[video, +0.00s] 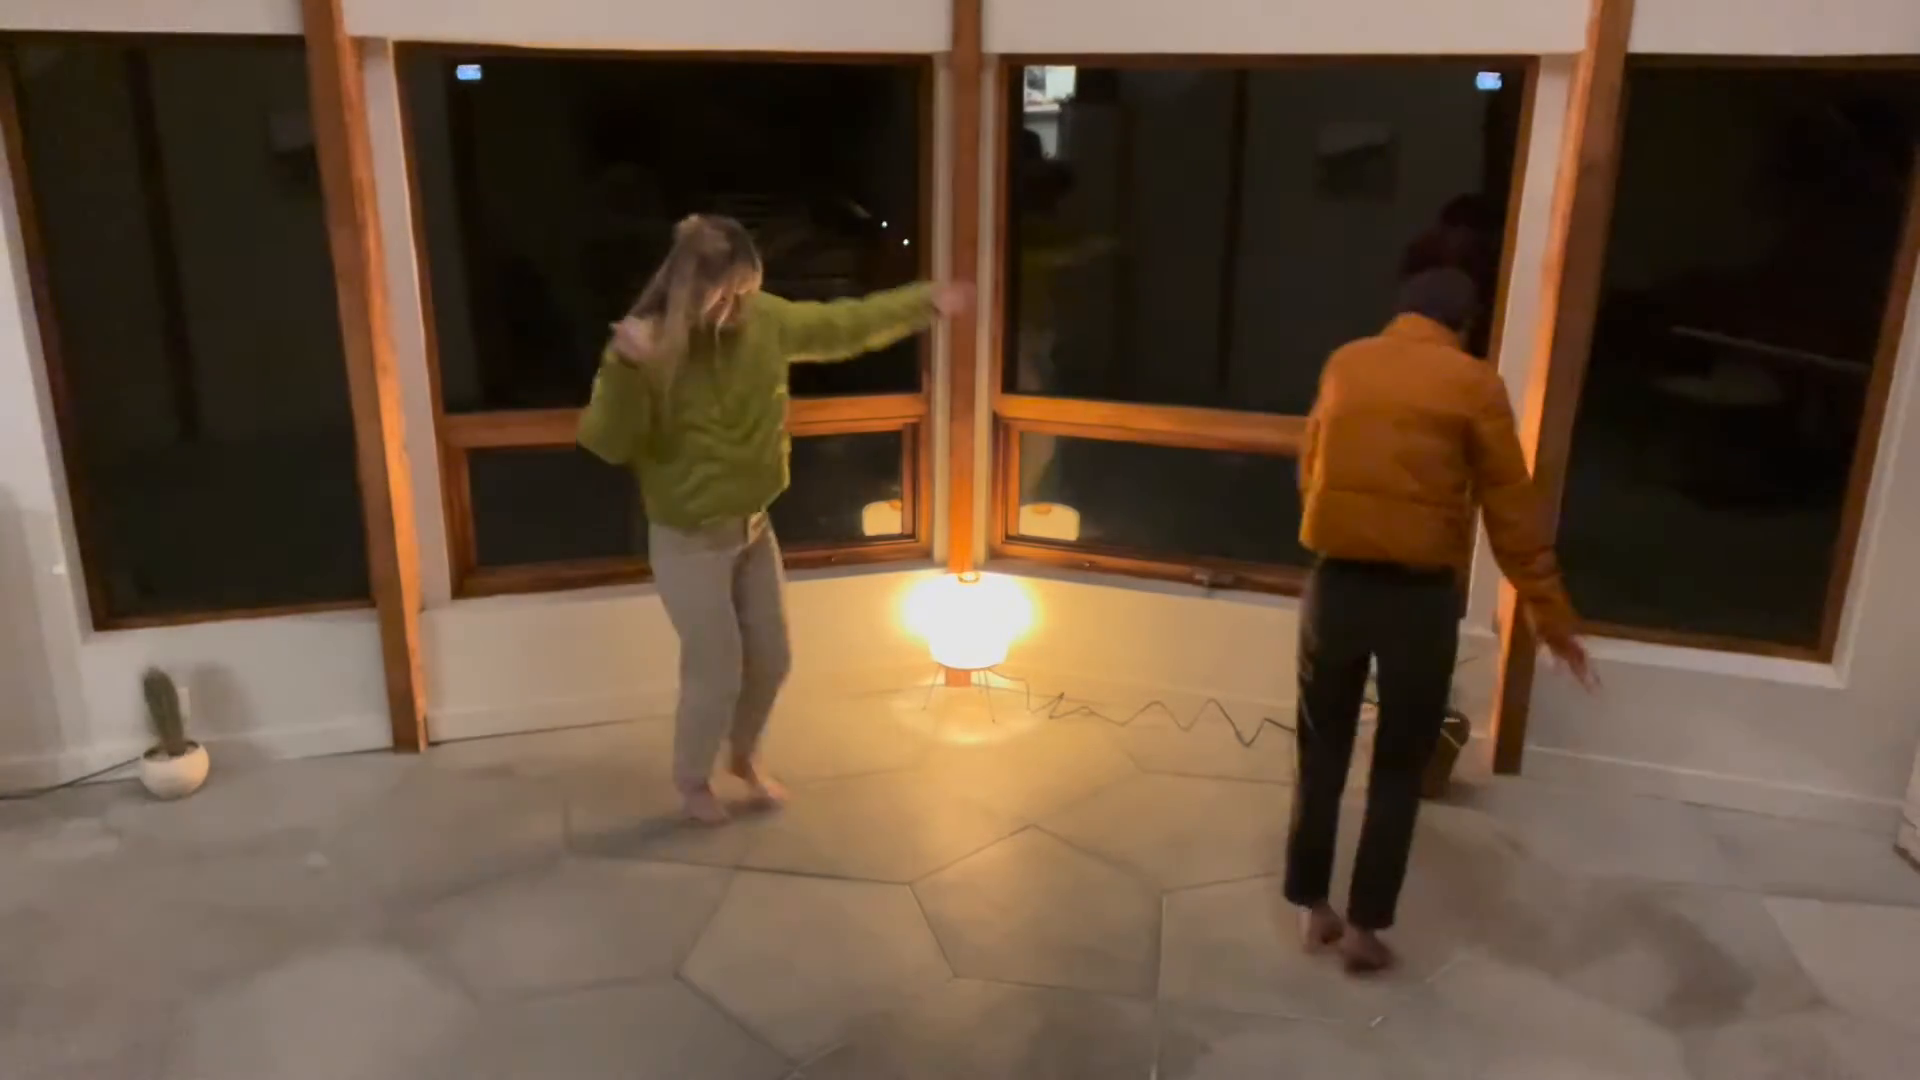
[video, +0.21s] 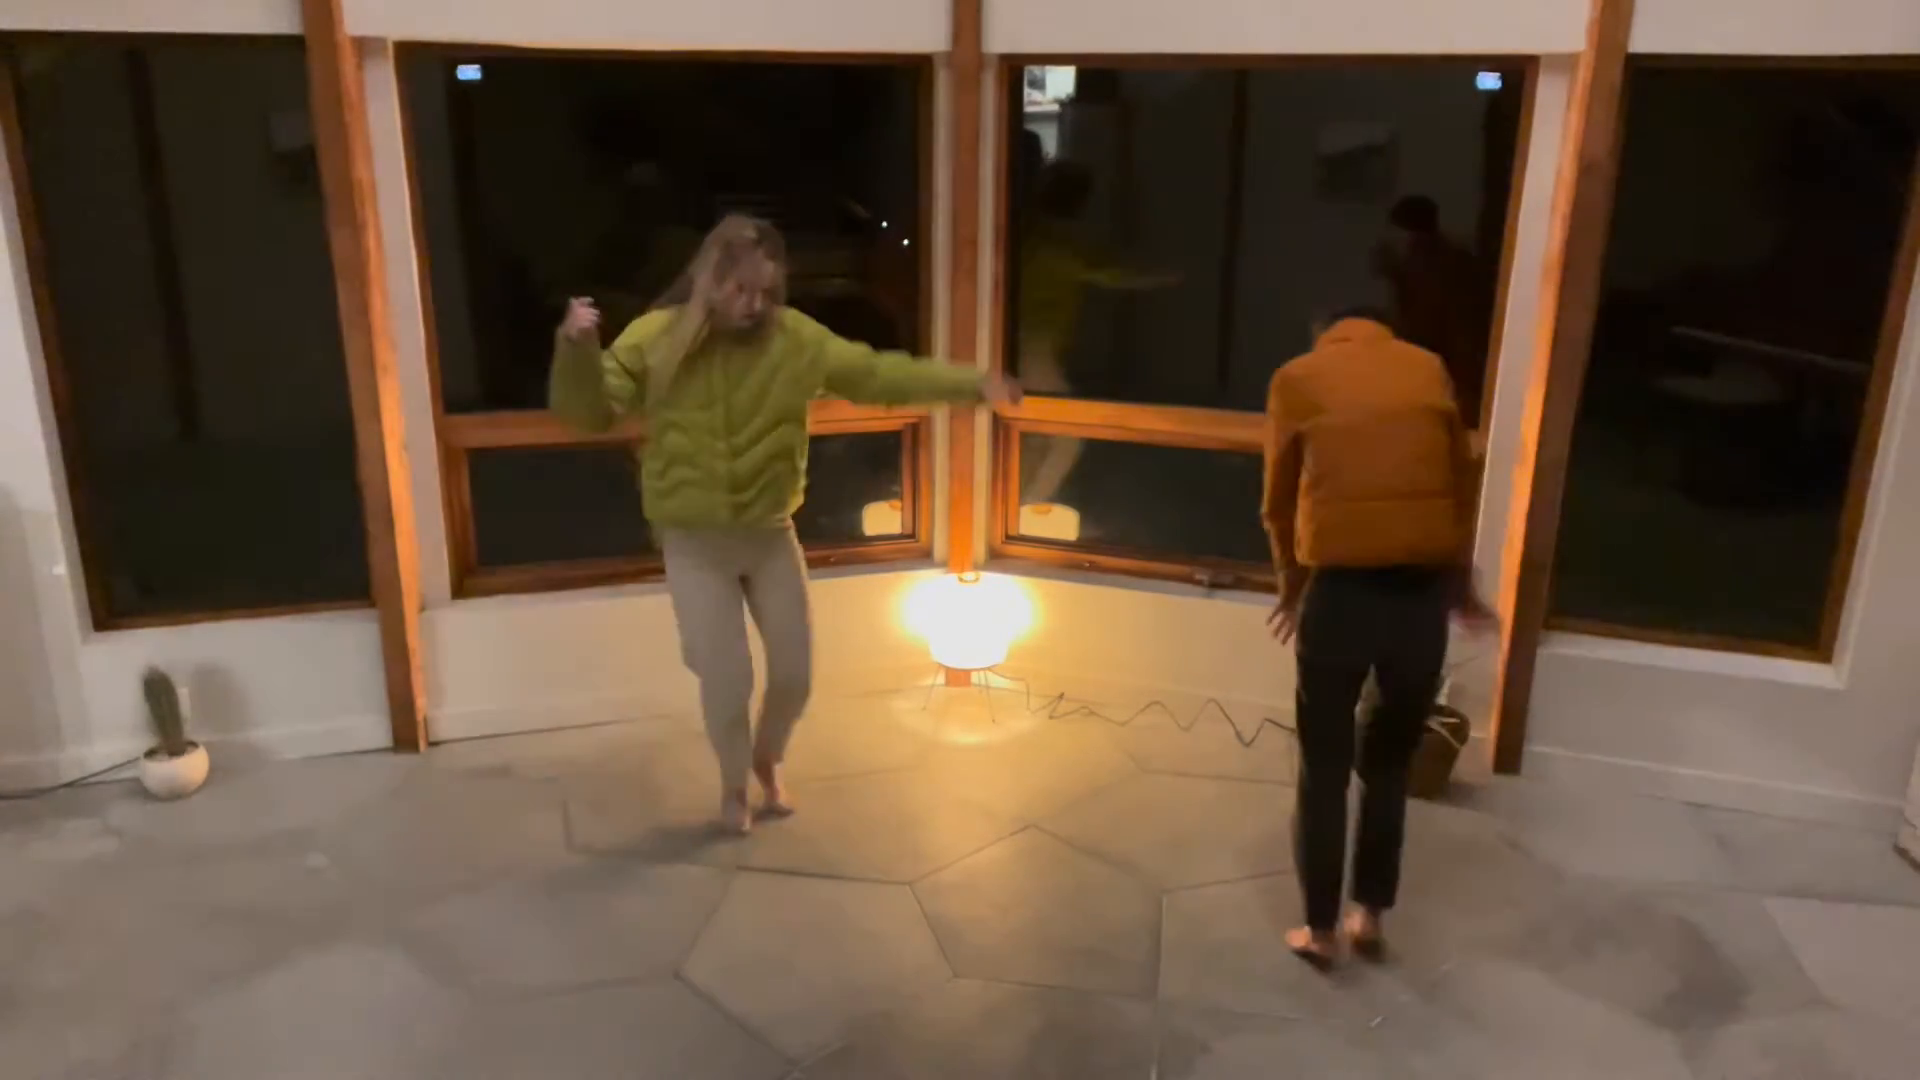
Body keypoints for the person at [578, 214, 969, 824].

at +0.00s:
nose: (730, 306)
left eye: (739, 294)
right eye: (719, 294)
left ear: (749, 285)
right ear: (686, 284)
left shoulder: (765, 320)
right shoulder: (649, 345)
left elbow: (848, 324)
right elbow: (608, 443)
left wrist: (928, 298)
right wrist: (625, 364)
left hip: (752, 528)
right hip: (686, 539)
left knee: (770, 660)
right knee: (714, 664)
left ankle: (740, 758)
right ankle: (692, 782)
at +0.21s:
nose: (753, 304)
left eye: (766, 292)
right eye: (740, 289)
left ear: (778, 287)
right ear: (709, 281)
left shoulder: (797, 340)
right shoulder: (660, 338)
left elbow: (880, 374)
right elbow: (588, 414)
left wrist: (977, 384)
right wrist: (575, 349)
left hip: (771, 536)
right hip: (693, 541)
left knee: (794, 676)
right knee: (725, 679)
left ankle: (767, 761)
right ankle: (735, 789)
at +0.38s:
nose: (767, 292)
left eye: (783, 285)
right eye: (761, 274)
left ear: (793, 295)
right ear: (734, 266)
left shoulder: (803, 354)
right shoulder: (672, 332)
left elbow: (878, 427)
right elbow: (595, 380)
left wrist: (961, 473)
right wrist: (562, 317)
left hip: (778, 549)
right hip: (698, 550)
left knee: (796, 688)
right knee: (723, 694)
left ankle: (807, 794)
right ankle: (743, 788)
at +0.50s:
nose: (768, 282)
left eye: (787, 281)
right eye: (766, 265)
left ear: (800, 303)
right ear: (745, 264)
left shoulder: (802, 367)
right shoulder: (686, 330)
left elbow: (852, 469)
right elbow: (619, 364)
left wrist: (911, 555)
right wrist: (571, 297)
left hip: (778, 555)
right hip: (698, 553)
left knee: (795, 704)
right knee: (721, 708)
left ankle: (809, 795)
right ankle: (757, 799)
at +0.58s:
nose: (769, 277)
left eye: (789, 282)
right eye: (771, 262)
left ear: (800, 310)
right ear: (749, 263)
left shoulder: (798, 377)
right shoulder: (699, 329)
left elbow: (818, 487)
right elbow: (642, 354)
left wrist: (834, 584)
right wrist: (592, 281)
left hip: (774, 561)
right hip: (699, 555)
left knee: (788, 709)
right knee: (719, 709)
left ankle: (819, 834)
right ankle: (758, 794)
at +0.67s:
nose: (763, 273)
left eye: (784, 278)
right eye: (765, 260)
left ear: (799, 315)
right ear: (742, 269)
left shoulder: (789, 385)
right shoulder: (703, 336)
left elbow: (793, 507)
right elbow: (653, 338)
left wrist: (780, 619)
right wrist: (615, 273)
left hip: (768, 570)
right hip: (701, 559)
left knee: (791, 719)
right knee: (704, 716)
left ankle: (822, 842)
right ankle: (764, 796)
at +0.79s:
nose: (739, 268)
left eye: (760, 274)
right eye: (748, 260)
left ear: (774, 317)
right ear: (734, 287)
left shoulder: (758, 395)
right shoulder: (707, 342)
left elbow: (741, 517)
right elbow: (691, 305)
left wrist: (683, 604)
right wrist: (677, 264)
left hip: (763, 566)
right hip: (702, 557)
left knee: (756, 723)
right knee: (705, 720)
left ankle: (815, 831)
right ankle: (773, 825)